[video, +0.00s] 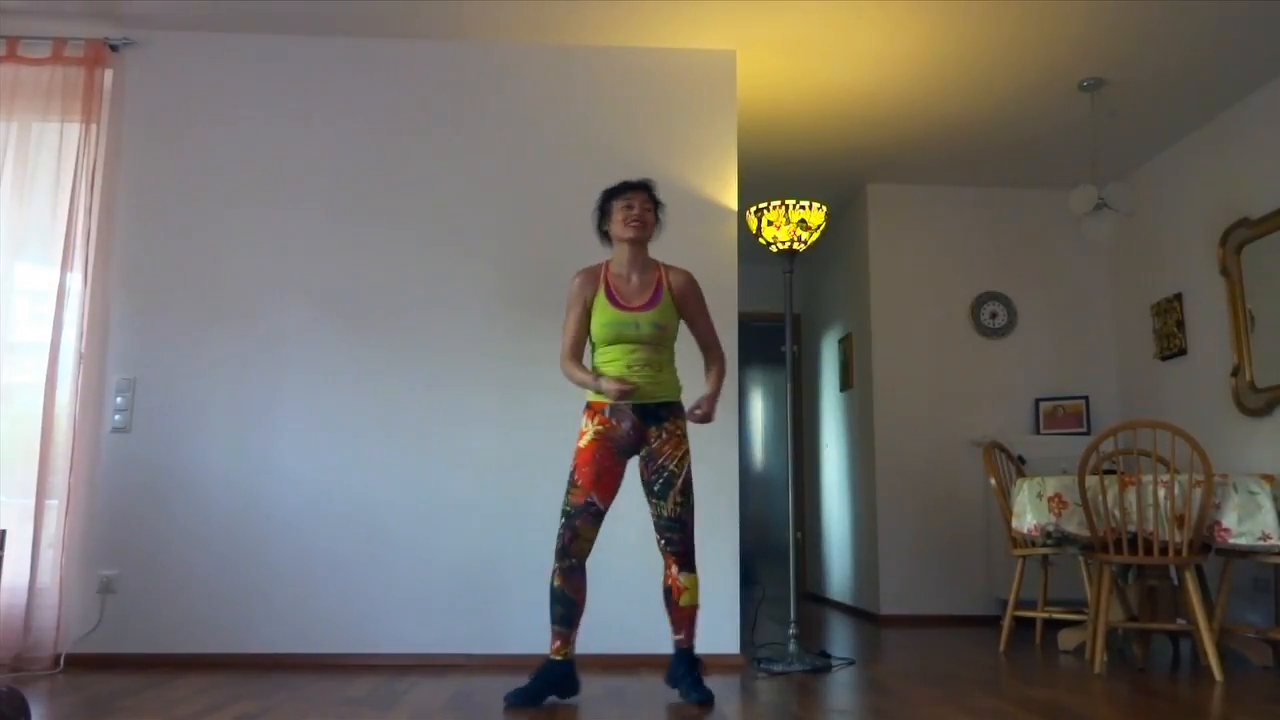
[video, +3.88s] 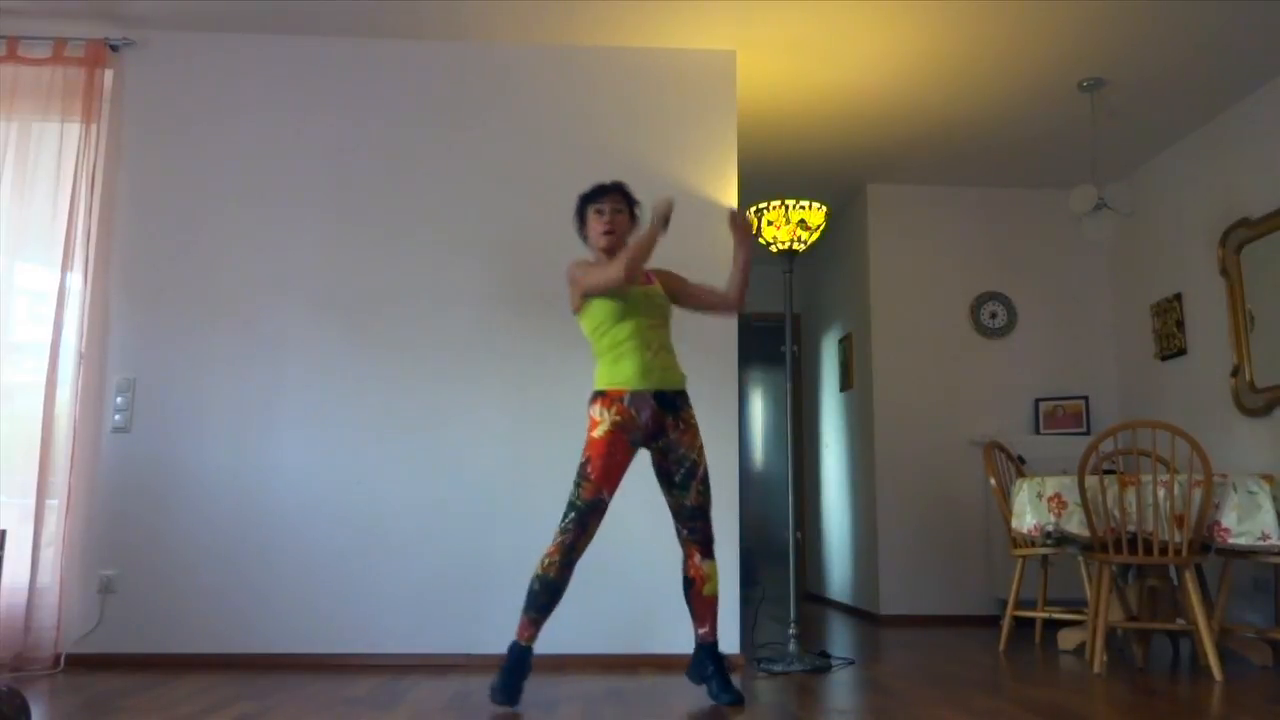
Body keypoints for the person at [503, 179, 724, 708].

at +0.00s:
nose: (636, 213)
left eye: (645, 207)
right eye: (626, 207)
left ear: (656, 222)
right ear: (606, 223)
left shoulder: (678, 284)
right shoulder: (588, 283)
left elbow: (714, 355)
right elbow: (569, 361)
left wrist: (710, 395)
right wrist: (599, 383)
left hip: (664, 421)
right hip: (605, 421)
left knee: (676, 541)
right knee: (571, 540)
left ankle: (685, 662)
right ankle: (559, 664)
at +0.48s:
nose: (640, 220)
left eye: (650, 217)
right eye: (632, 211)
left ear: (657, 233)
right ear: (608, 222)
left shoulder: (666, 291)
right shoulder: (577, 279)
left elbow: (681, 370)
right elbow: (534, 352)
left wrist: (678, 433)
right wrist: (549, 318)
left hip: (650, 421)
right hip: (588, 419)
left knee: (671, 541)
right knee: (563, 539)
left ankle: (679, 660)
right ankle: (542, 663)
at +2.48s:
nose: (628, 218)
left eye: (638, 211)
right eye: (618, 209)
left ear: (651, 221)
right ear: (598, 219)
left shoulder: (672, 281)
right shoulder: (582, 279)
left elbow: (693, 365)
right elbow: (506, 308)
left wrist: (665, 427)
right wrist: (507, 246)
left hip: (656, 421)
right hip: (595, 420)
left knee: (690, 543)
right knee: (574, 542)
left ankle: (700, 656)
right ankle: (546, 667)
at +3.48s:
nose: (670, 212)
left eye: (680, 206)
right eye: (660, 206)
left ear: (695, 221)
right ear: (644, 221)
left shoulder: (713, 279)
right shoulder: (624, 264)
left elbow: (746, 322)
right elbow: (555, 260)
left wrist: (734, 369)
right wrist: (545, 266)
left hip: (684, 424)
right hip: (624, 420)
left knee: (704, 545)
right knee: (584, 539)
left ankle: (702, 666)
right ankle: (559, 661)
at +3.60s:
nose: (676, 233)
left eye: (686, 228)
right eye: (666, 228)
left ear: (700, 247)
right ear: (650, 247)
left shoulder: (717, 309)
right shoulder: (629, 295)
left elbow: (727, 363)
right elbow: (562, 323)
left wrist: (738, 411)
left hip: (688, 445)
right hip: (629, 441)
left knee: (719, 555)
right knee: (583, 551)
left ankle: (703, 668)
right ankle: (554, 664)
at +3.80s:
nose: (631, 228)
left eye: (640, 221)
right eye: (621, 222)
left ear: (656, 234)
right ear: (607, 236)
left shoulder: (679, 295)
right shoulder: (602, 289)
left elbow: (729, 354)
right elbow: (609, 340)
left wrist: (753, 317)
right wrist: (650, 302)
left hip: (686, 427)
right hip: (628, 428)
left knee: (712, 546)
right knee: (578, 541)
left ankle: (704, 666)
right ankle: (535, 660)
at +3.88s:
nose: (610, 220)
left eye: (620, 214)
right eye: (599, 213)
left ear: (634, 224)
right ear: (583, 227)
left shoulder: (657, 278)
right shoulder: (581, 273)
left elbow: (730, 300)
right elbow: (622, 273)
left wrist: (744, 247)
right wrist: (655, 227)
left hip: (673, 409)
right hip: (616, 409)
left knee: (698, 533)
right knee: (576, 530)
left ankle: (707, 653)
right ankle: (520, 652)